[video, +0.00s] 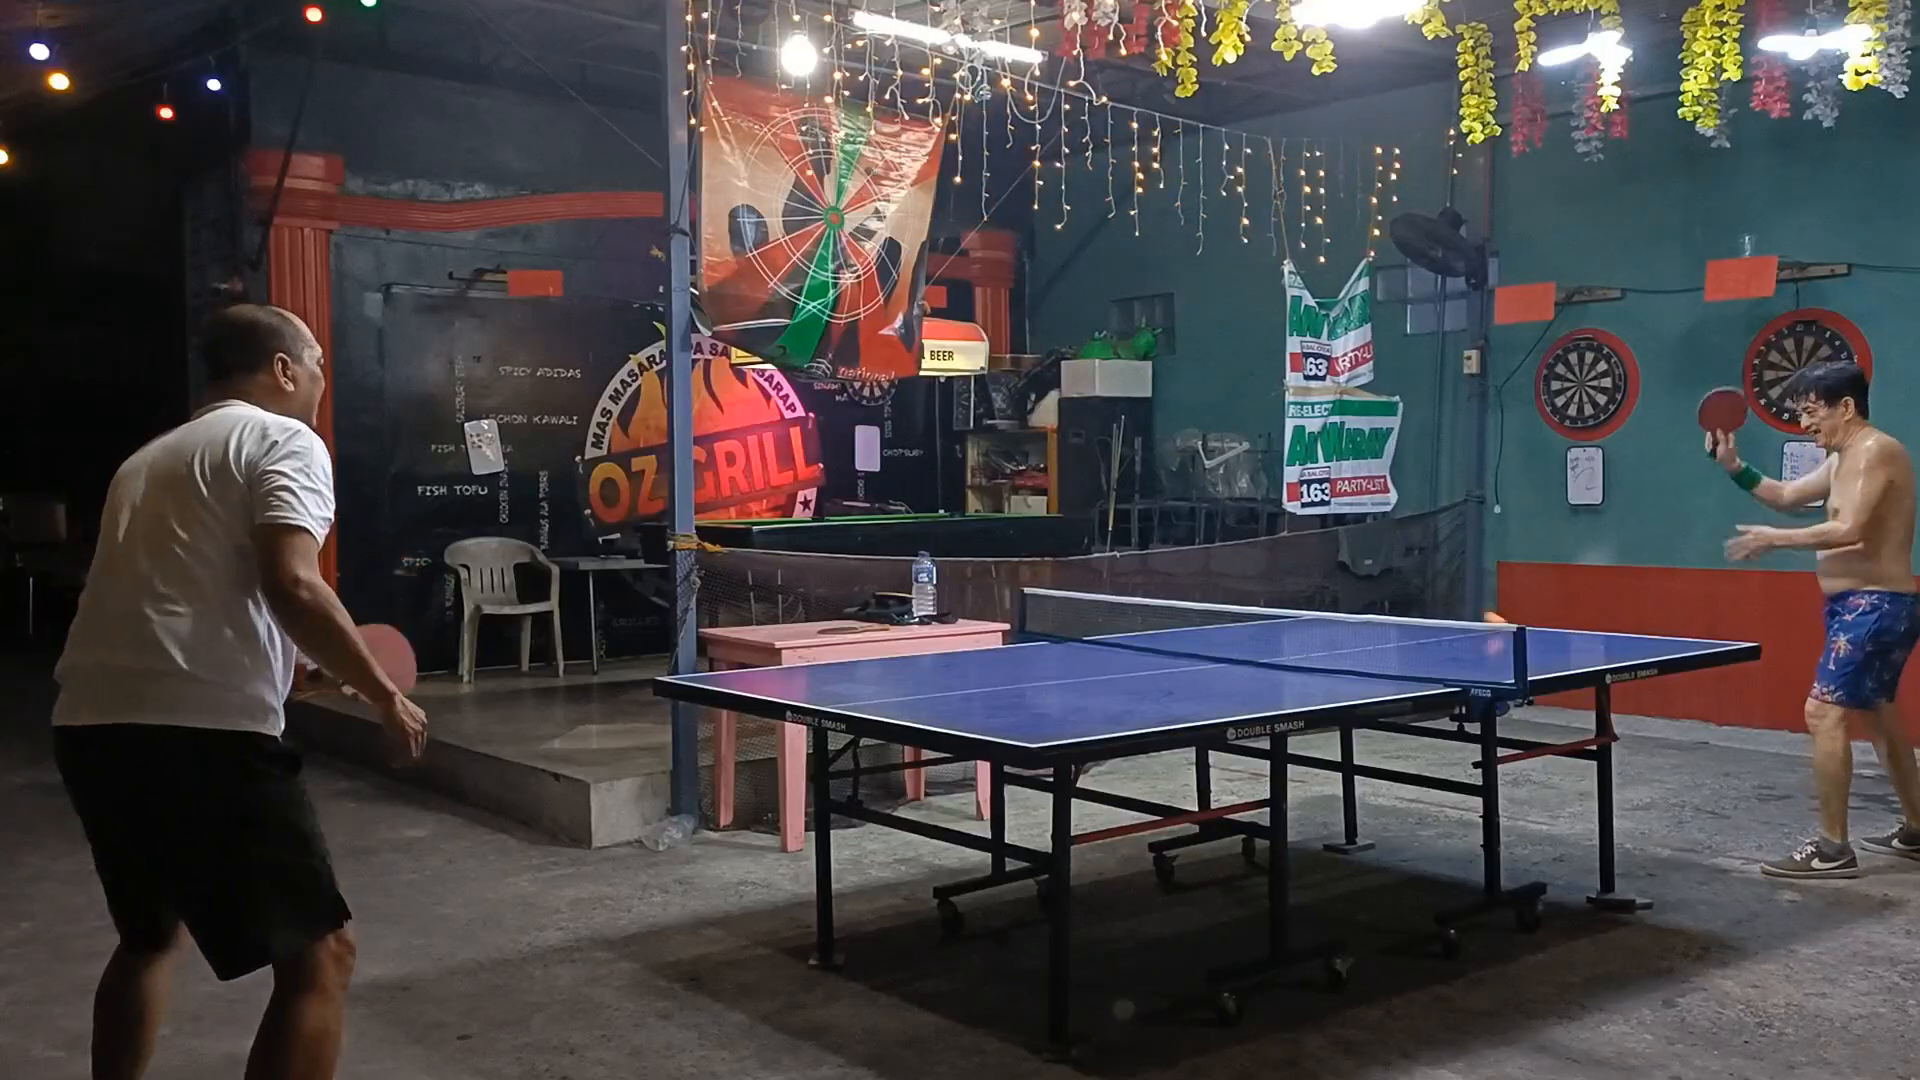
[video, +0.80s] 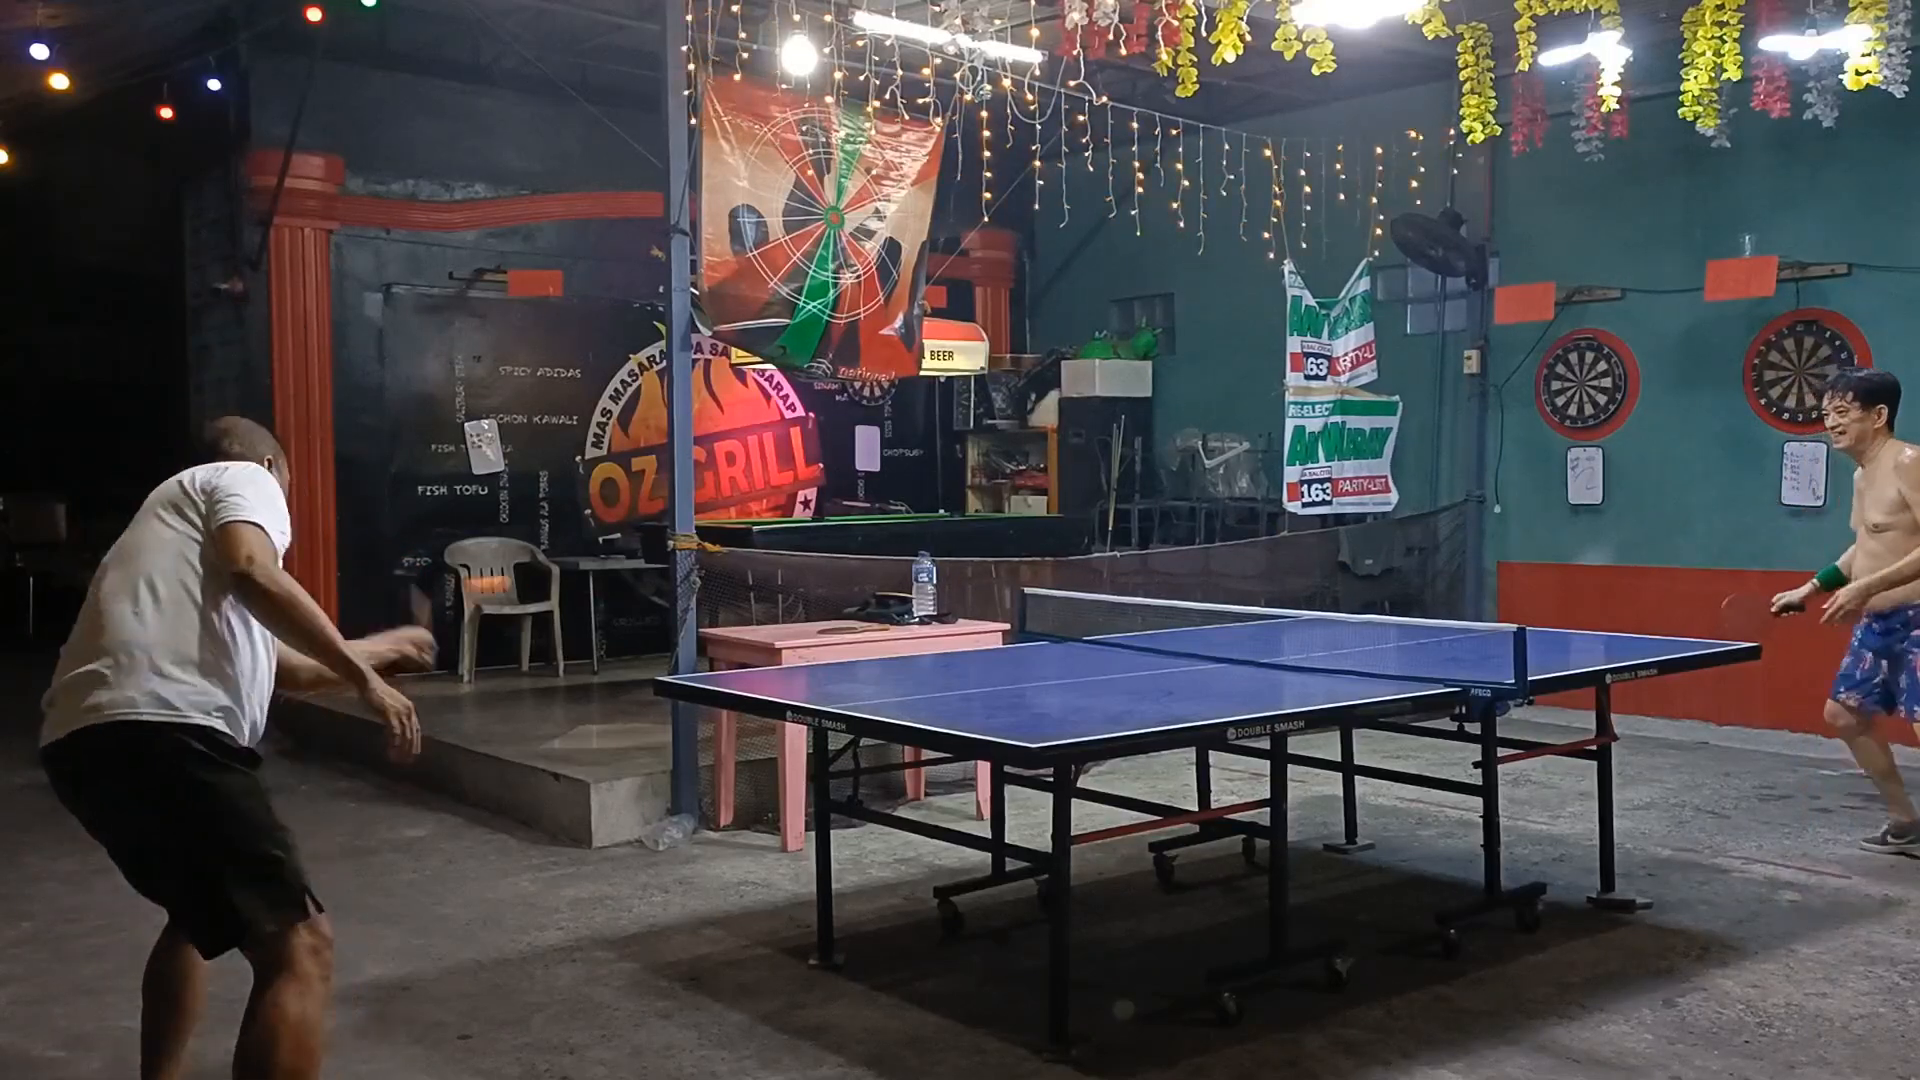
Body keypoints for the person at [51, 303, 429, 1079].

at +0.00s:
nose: (321, 390)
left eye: (321, 372)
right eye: (317, 372)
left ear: (217, 377)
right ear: (283, 371)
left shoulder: (142, 461)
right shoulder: (284, 440)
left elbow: (155, 610)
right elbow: (291, 583)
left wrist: (288, 665)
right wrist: (386, 697)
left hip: (90, 724)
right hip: (211, 727)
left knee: (148, 937)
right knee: (319, 950)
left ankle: (111, 1078)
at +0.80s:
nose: (287, 494)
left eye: (288, 483)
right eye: (286, 481)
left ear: (213, 461)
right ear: (271, 466)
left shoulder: (164, 529)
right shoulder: (244, 477)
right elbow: (246, 565)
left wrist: (373, 650)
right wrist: (367, 683)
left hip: (78, 739)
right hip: (169, 727)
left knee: (193, 916)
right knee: (298, 945)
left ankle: (160, 1070)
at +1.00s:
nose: (295, 465)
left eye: (296, 451)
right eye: (295, 448)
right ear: (271, 436)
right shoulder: (227, 455)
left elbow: (253, 673)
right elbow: (187, 541)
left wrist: (367, 734)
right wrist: (252, 663)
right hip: (126, 707)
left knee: (181, 937)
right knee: (223, 937)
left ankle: (161, 1070)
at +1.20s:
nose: (282, 439)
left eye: (283, 422)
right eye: (280, 420)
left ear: (210, 413)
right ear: (247, 413)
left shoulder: (151, 470)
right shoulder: (212, 460)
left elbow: (176, 658)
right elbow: (172, 572)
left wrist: (241, 770)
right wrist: (221, 721)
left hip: (78, 728)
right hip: (125, 732)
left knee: (173, 964)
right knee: (174, 981)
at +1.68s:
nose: (267, 412)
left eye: (263, 394)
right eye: (255, 393)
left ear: (195, 408)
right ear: (201, 407)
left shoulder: (136, 485)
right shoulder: (147, 485)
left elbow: (145, 672)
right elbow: (101, 653)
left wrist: (222, 770)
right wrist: (201, 773)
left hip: (57, 771)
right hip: (55, 776)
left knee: (116, 971)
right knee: (174, 992)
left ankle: (71, 1076)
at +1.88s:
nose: (303, 449)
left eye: (301, 430)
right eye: (290, 430)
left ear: (229, 440)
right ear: (225, 437)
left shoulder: (234, 535)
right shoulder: (107, 530)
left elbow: (224, 681)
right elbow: (28, 699)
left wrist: (307, 787)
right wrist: (126, 849)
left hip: (99, 814)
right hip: (22, 804)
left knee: (92, 1021)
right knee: (113, 1021)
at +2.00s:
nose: (334, 484)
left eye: (332, 463)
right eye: (319, 464)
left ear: (250, 474)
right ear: (247, 471)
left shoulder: (267, 561)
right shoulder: (103, 556)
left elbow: (276, 706)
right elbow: (9, 725)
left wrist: (366, 700)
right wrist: (59, 905)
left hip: (98, 836)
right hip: (30, 830)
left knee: (44, 1055)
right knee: (125, 1037)